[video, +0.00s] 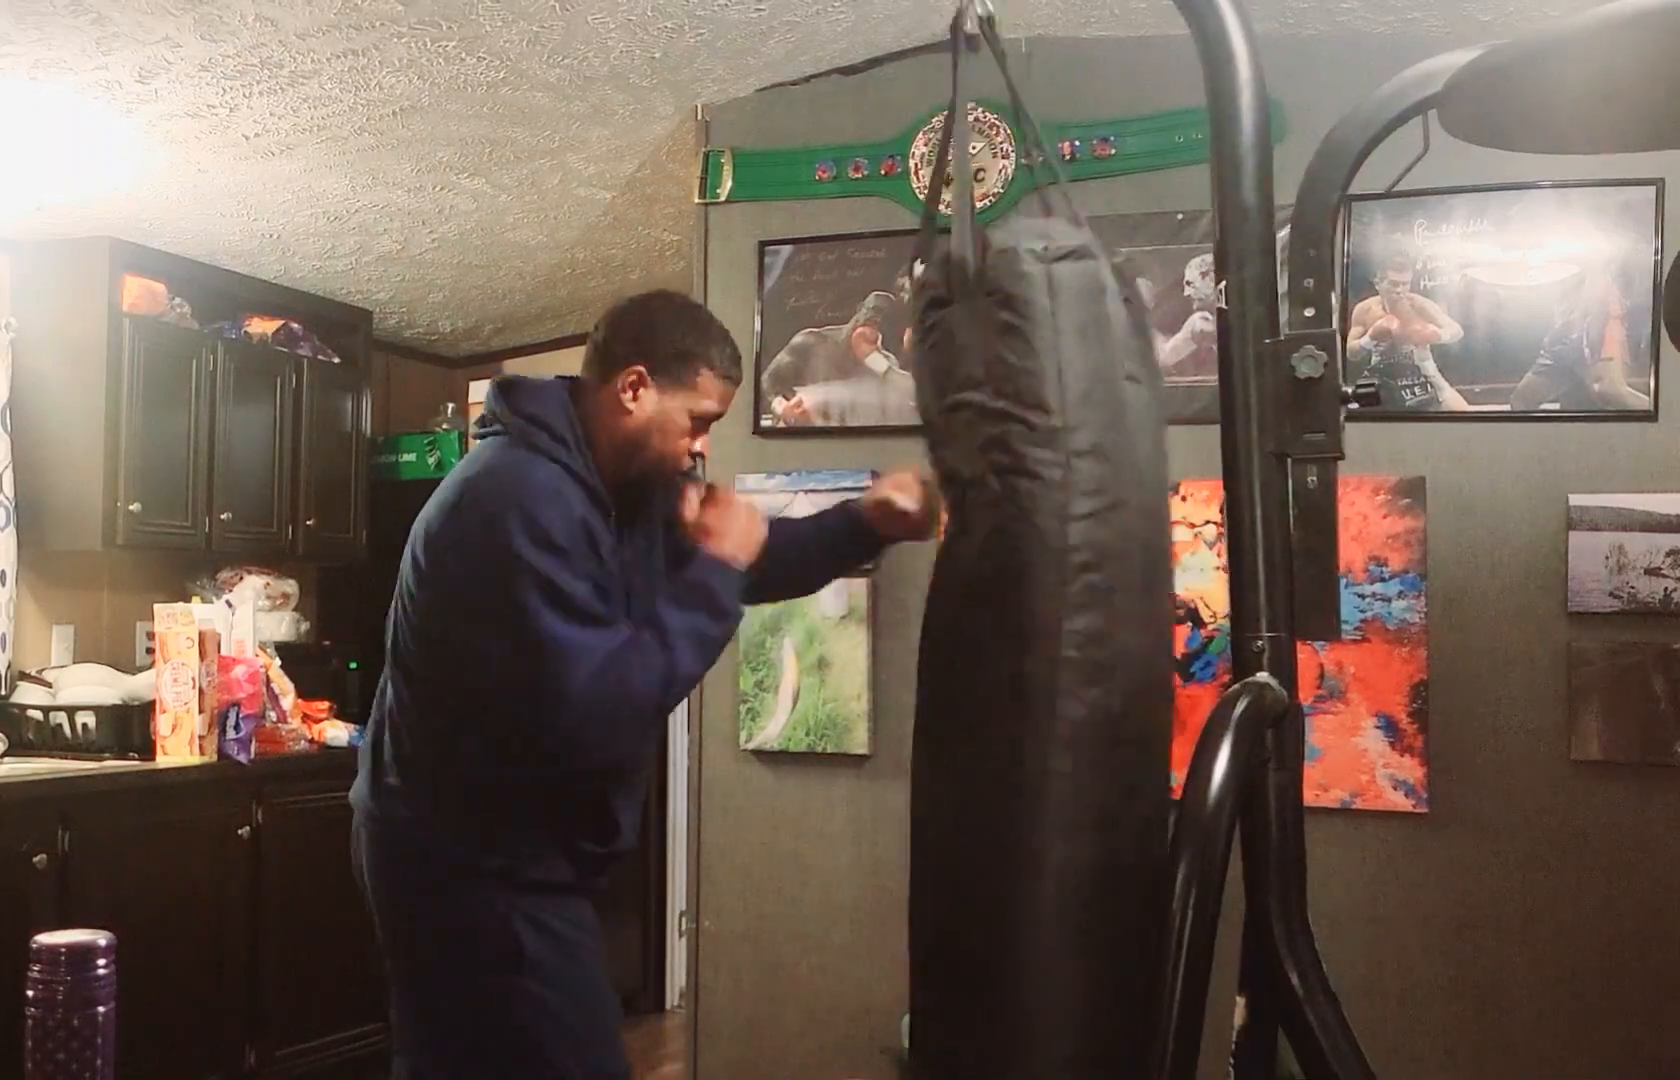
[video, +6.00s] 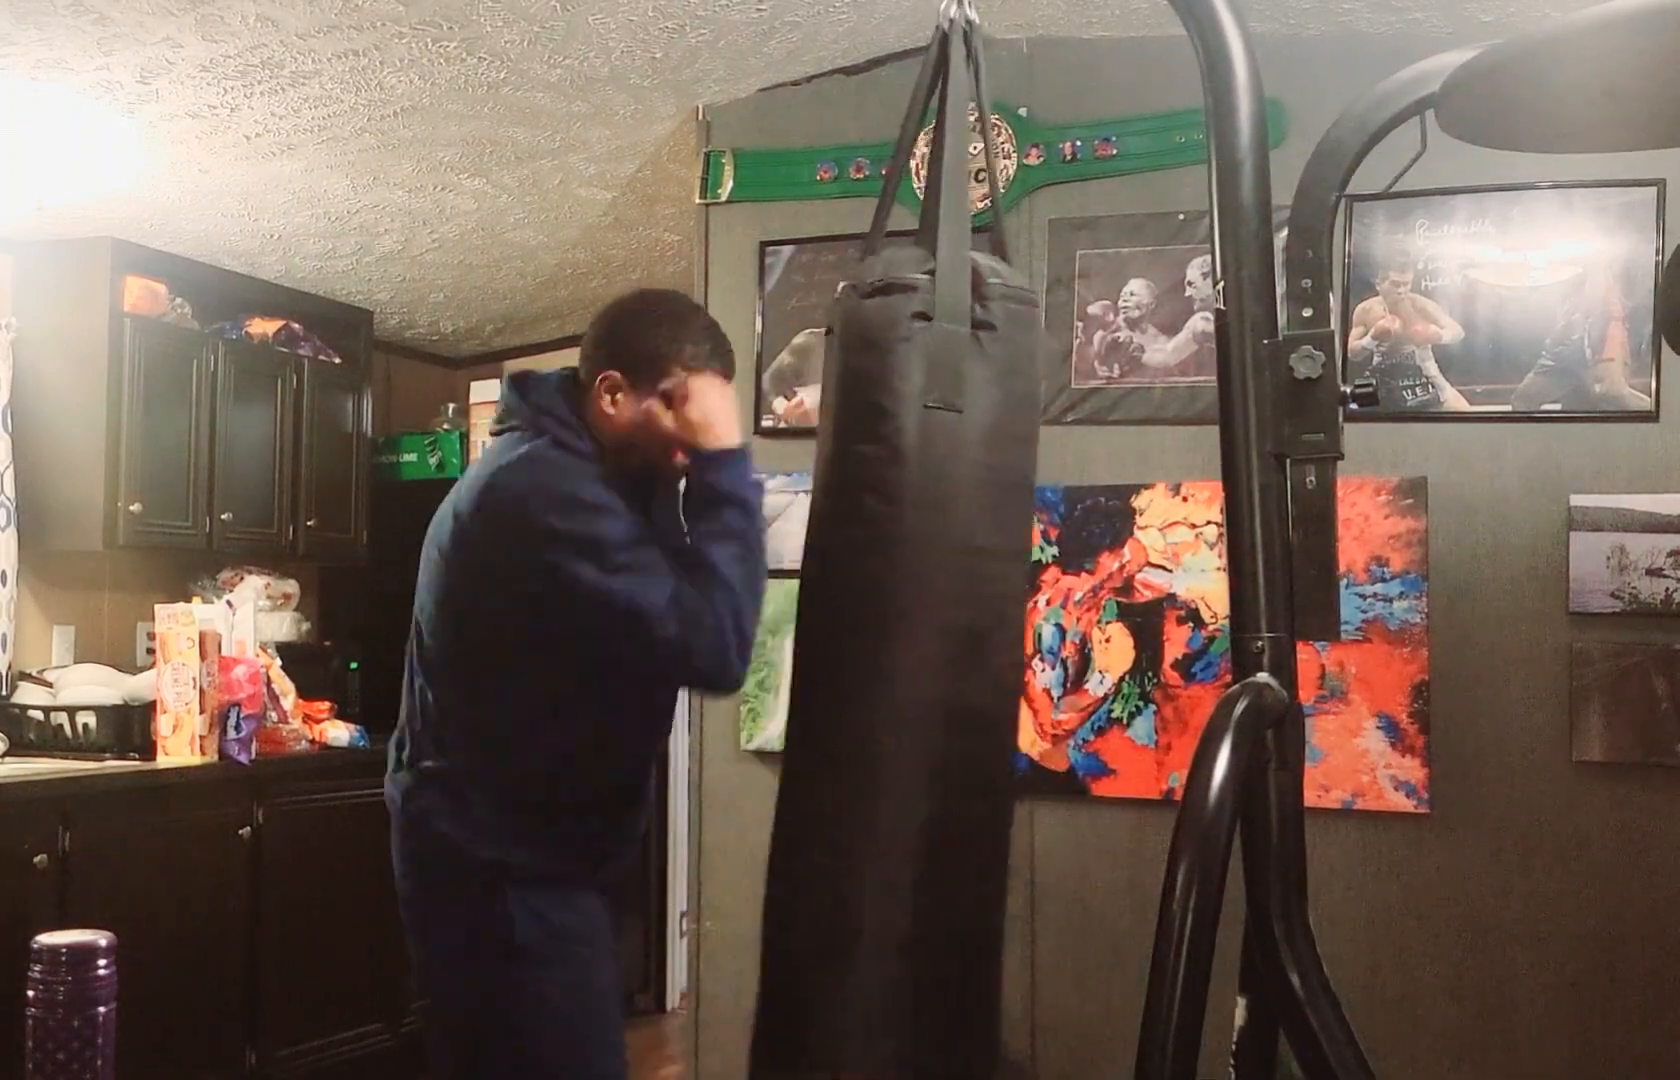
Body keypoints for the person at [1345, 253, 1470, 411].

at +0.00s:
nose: (1400, 290)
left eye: (1405, 284)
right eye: (1394, 284)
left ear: (1410, 283)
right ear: (1378, 283)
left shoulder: (1421, 305)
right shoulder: (1364, 310)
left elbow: (1456, 331)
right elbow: (1351, 353)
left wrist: (1435, 335)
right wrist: (1371, 337)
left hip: (1425, 380)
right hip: (1382, 382)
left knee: (1466, 416)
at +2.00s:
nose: (1401, 290)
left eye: (1406, 284)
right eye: (1395, 284)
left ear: (1411, 282)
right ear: (1379, 283)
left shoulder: (1421, 305)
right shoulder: (1365, 310)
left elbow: (1457, 330)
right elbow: (1352, 353)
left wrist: (1434, 335)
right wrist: (1373, 337)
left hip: (1427, 381)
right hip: (1384, 384)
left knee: (1466, 415)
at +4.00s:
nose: (1402, 291)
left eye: (1406, 285)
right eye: (1395, 285)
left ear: (1411, 282)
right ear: (1379, 283)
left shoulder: (1422, 305)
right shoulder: (1365, 310)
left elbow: (1457, 331)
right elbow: (1352, 353)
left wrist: (1435, 335)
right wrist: (1373, 338)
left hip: (1428, 381)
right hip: (1386, 384)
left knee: (1466, 415)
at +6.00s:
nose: (1402, 291)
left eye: (1406, 285)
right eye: (1395, 285)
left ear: (1411, 283)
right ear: (1379, 284)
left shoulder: (1421, 305)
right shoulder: (1365, 311)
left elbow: (1457, 331)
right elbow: (1352, 354)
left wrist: (1436, 335)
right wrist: (1374, 337)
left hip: (1428, 382)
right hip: (1385, 386)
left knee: (1468, 418)